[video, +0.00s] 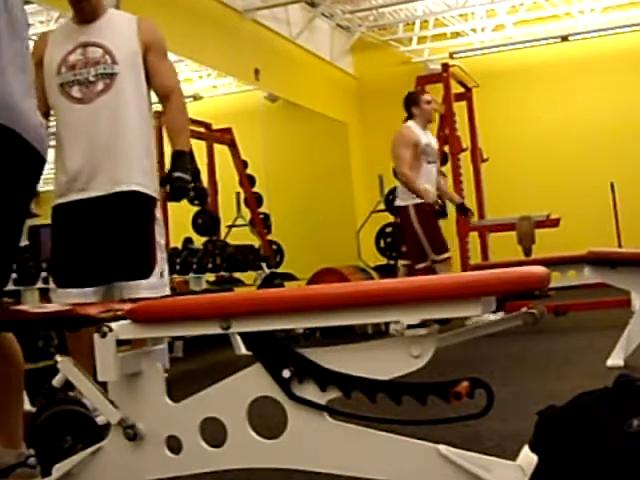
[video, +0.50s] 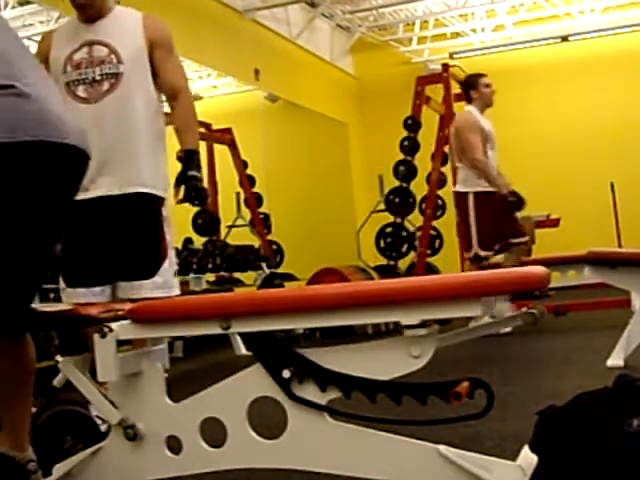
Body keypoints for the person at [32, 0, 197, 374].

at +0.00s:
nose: (80, 1)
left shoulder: (140, 32)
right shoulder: (46, 47)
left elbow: (171, 97)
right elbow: (36, 115)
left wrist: (183, 160)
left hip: (132, 183)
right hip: (73, 191)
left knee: (141, 302)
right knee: (76, 309)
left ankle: (146, 399)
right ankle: (85, 401)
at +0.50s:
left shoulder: (148, 30)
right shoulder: (51, 43)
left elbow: (179, 95)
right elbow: (38, 115)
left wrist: (191, 165)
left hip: (139, 186)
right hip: (76, 190)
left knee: (148, 304)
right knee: (84, 305)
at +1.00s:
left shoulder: (174, 25)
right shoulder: (78, 38)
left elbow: (205, 91)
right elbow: (55, 105)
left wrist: (212, 158)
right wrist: (35, 157)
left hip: (167, 184)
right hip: (99, 189)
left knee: (183, 304)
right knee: (94, 304)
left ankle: (191, 398)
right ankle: (95, 401)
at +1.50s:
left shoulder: (217, 26)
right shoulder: (117, 28)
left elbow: (246, 93)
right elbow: (93, 98)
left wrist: (264, 155)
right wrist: (71, 154)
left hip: (192, 181)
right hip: (124, 173)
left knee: (189, 293)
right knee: (94, 236)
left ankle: (194, 391)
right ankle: (90, 350)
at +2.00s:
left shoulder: (223, 32)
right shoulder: (120, 24)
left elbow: (246, 100)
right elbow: (92, 89)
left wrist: (256, 161)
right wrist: (76, 158)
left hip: (192, 189)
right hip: (126, 183)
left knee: (195, 304)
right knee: (109, 294)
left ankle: (195, 395)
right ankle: (117, 391)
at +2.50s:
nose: (227, 61)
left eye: (236, 54)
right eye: (224, 49)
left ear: (248, 47)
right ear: (207, 23)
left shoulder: (245, 72)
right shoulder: (151, 54)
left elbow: (247, 135)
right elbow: (128, 138)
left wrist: (241, 196)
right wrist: (133, 222)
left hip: (205, 203)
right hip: (145, 203)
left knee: (229, 312)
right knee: (137, 323)